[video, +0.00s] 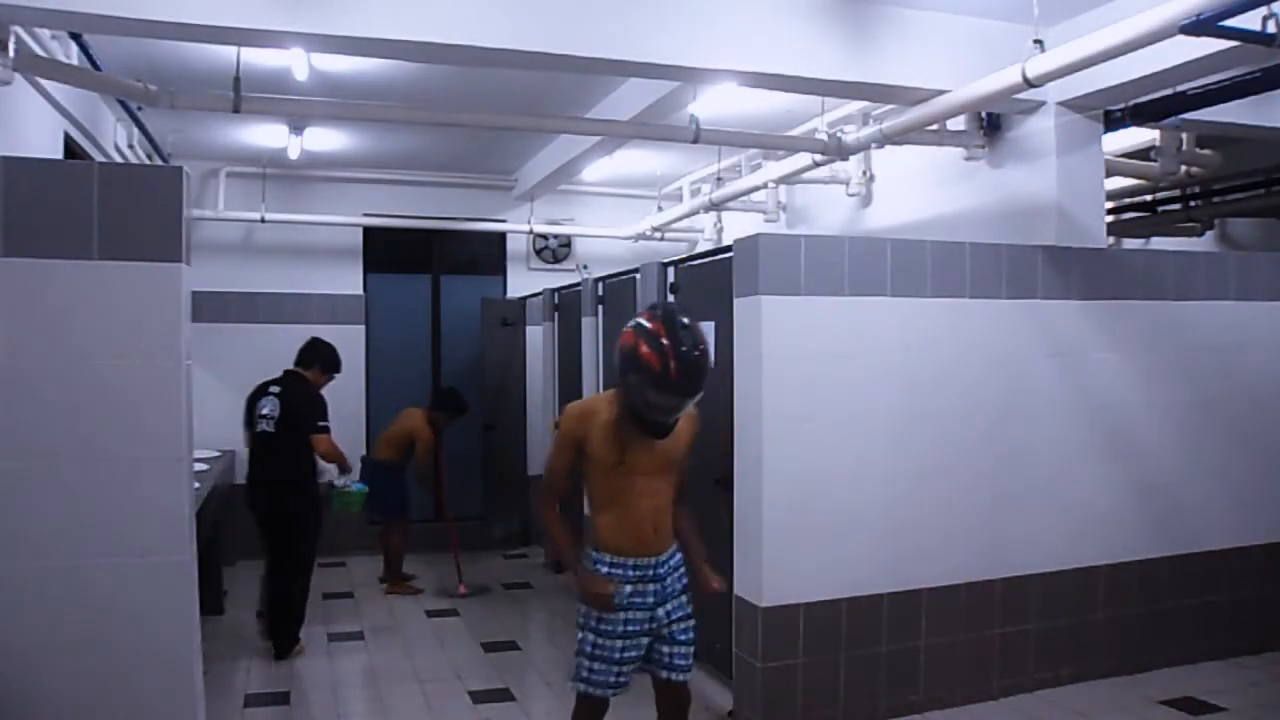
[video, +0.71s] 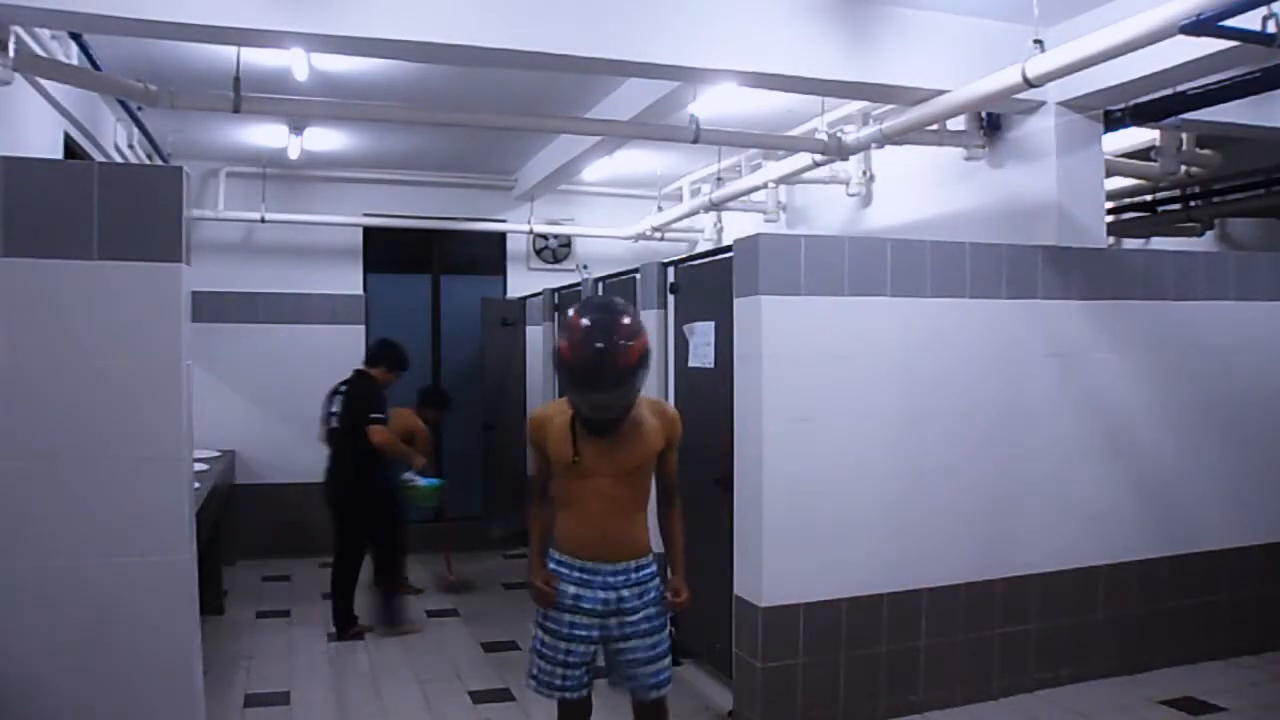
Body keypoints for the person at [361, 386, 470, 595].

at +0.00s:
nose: (449, 424)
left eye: (451, 419)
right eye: (450, 418)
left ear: (435, 407)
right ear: (442, 413)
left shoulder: (414, 414)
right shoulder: (424, 431)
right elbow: (423, 471)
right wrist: (437, 497)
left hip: (377, 465)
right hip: (387, 470)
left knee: (392, 523)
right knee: (397, 524)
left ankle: (392, 572)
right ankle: (393, 579)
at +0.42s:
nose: (447, 423)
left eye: (449, 418)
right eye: (447, 418)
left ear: (432, 408)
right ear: (439, 413)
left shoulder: (412, 416)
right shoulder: (422, 430)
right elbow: (420, 467)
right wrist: (434, 495)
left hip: (376, 465)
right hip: (386, 471)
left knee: (382, 526)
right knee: (393, 527)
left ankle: (382, 572)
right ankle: (393, 579)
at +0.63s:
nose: (440, 418)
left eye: (442, 414)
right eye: (439, 413)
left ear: (423, 404)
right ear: (432, 410)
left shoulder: (399, 414)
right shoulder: (419, 428)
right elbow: (422, 461)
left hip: (373, 467)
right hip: (386, 473)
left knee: (387, 527)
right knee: (393, 528)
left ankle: (390, 574)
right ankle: (392, 578)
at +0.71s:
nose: (438, 418)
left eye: (440, 412)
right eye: (438, 412)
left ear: (421, 403)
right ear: (431, 409)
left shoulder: (396, 413)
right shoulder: (419, 429)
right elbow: (424, 465)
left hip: (372, 471)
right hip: (388, 479)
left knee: (383, 529)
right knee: (395, 530)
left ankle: (383, 576)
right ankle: (396, 579)